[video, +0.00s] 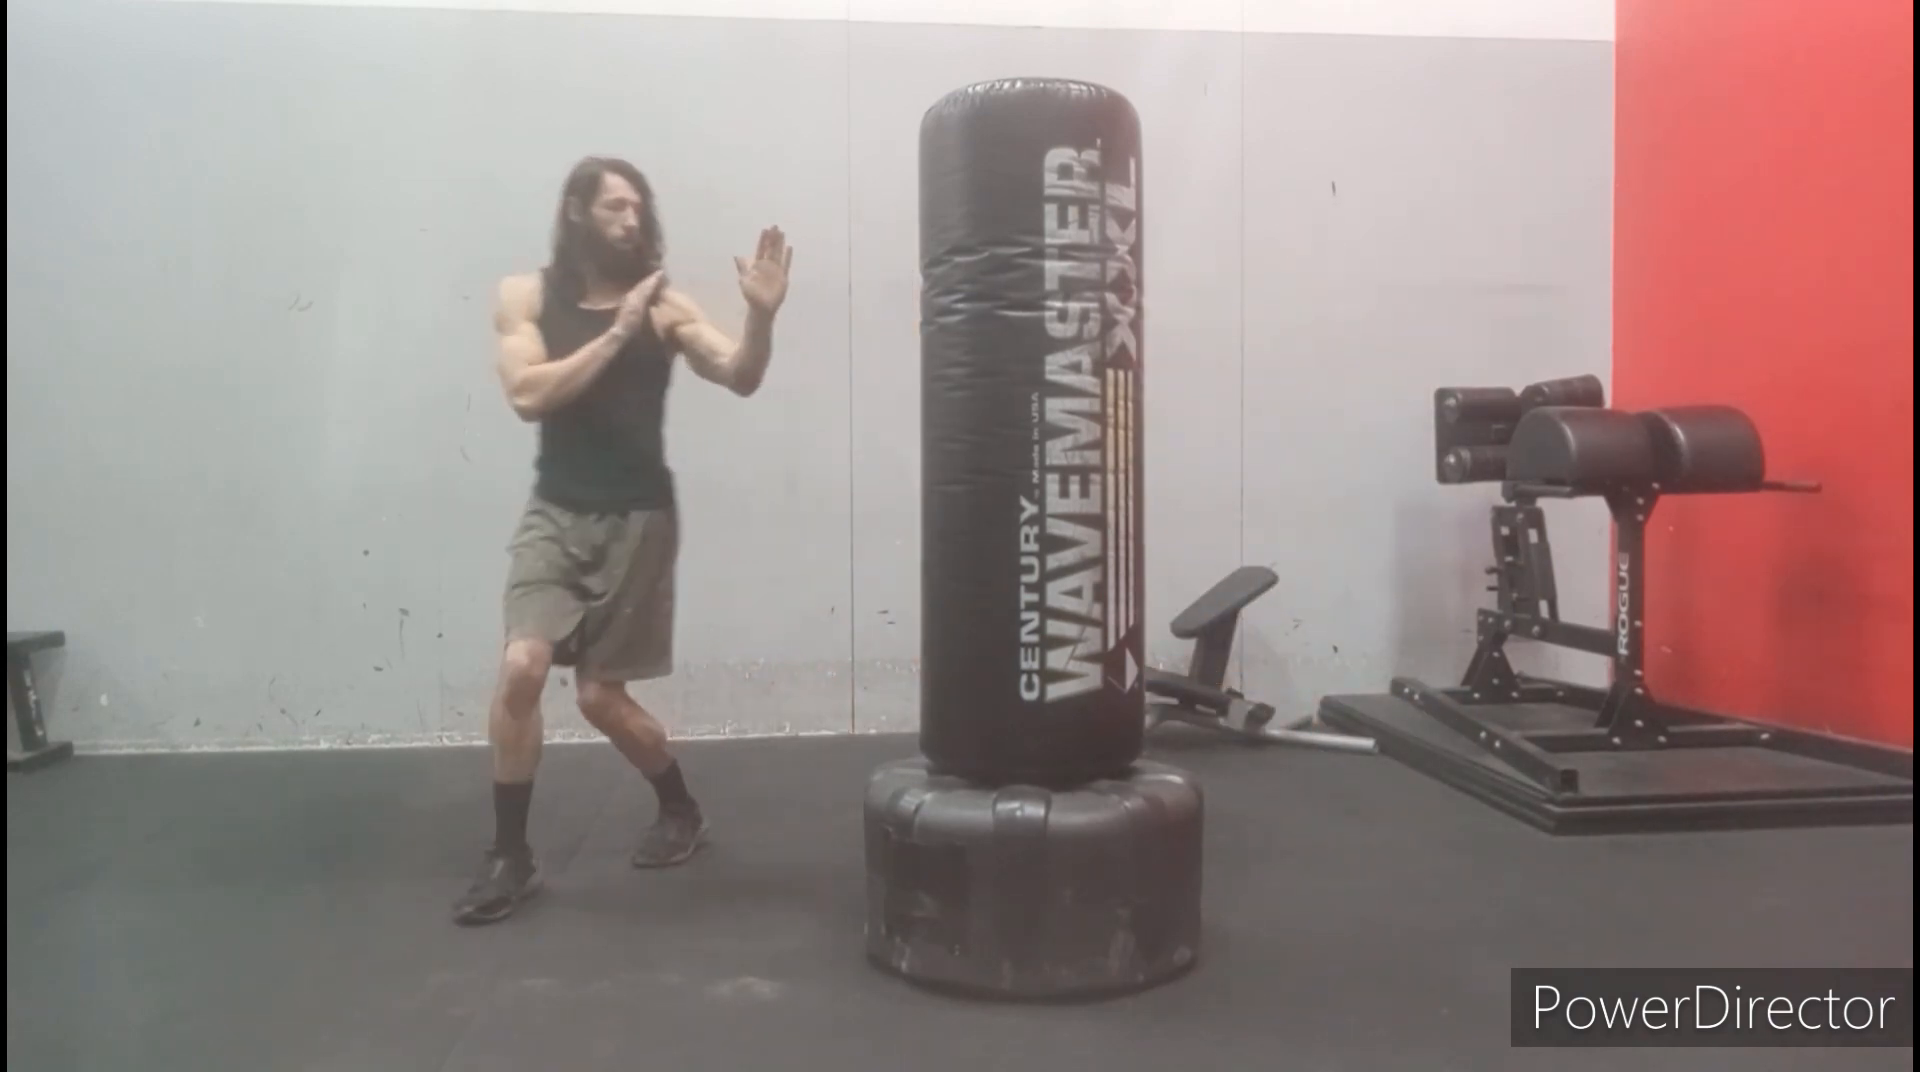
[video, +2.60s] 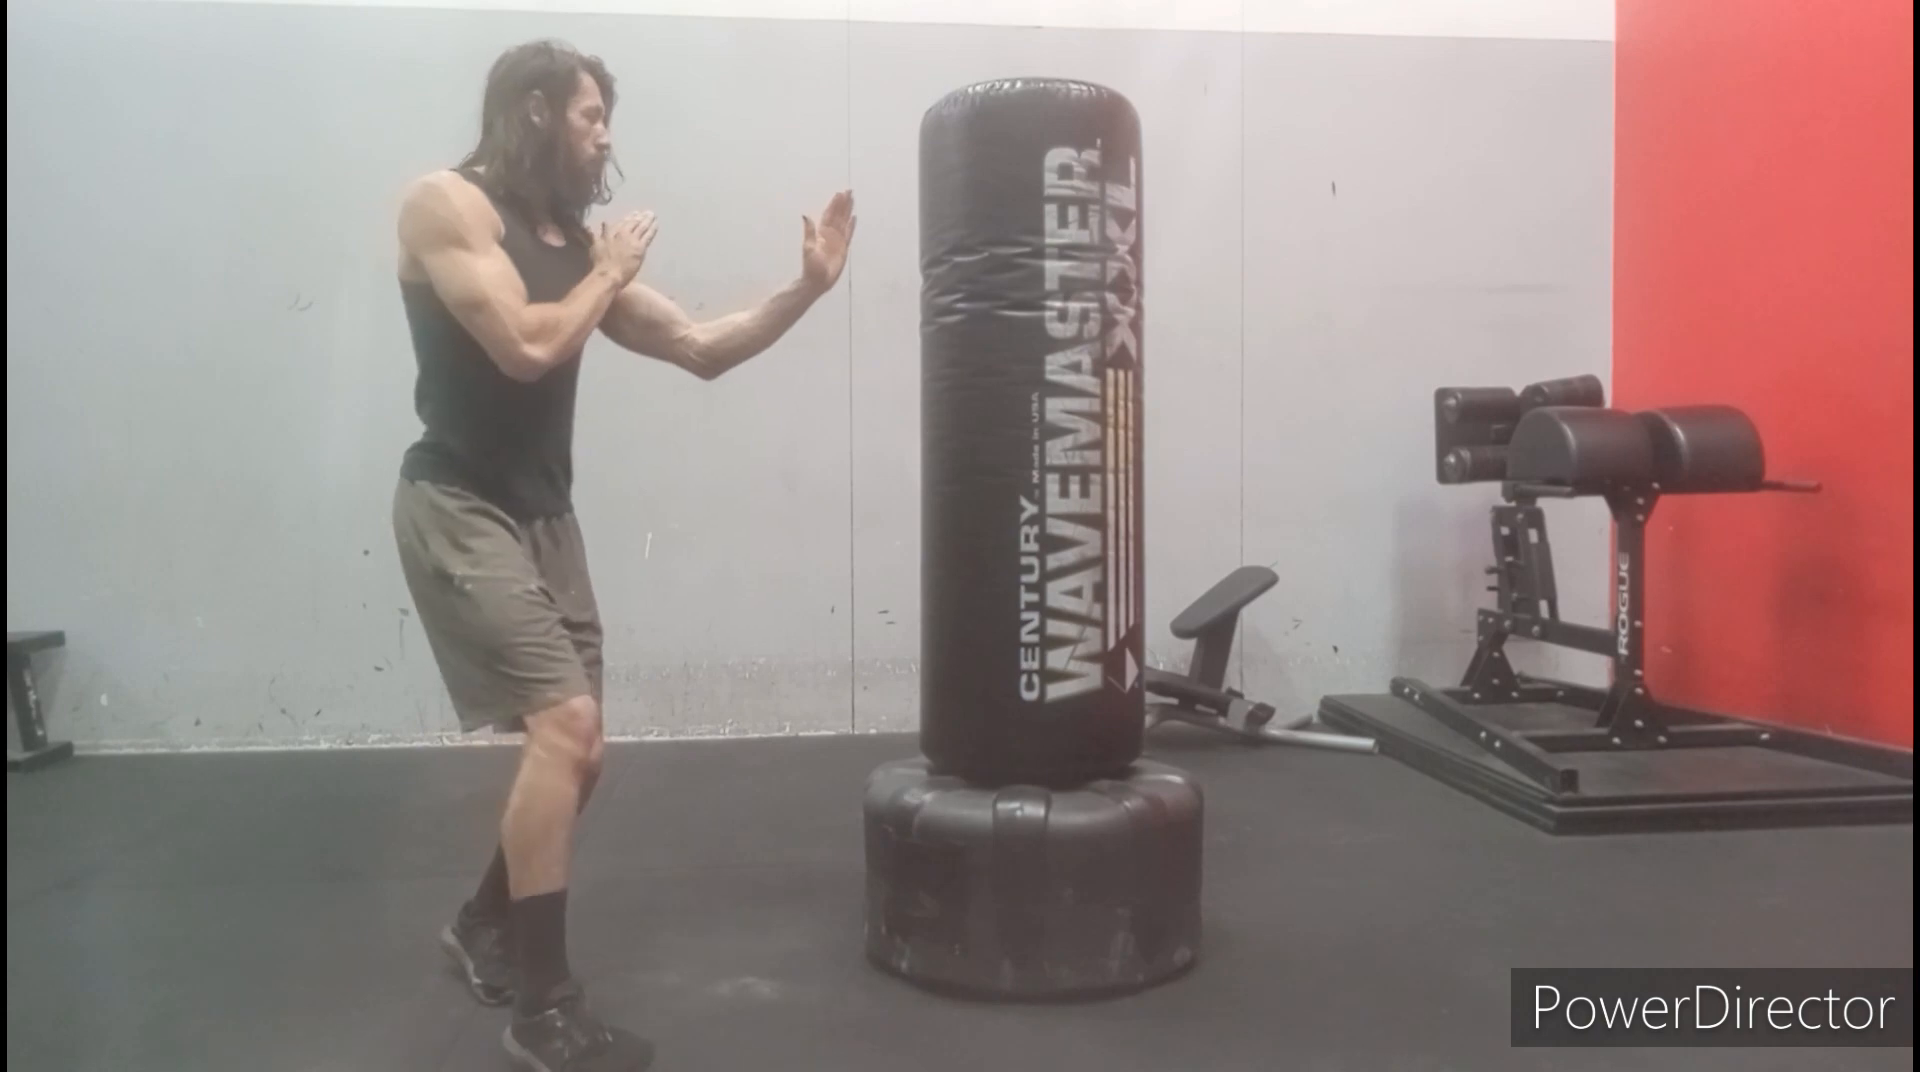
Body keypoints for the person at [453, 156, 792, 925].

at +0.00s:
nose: (631, 219)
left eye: (638, 208)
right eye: (614, 207)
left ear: (647, 220)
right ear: (576, 218)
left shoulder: (662, 306)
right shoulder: (525, 295)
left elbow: (741, 376)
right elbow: (528, 396)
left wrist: (761, 315)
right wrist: (621, 331)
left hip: (637, 516)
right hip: (555, 510)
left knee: (598, 696)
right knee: (521, 668)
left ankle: (680, 810)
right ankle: (509, 855)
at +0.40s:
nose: (568, 204)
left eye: (574, 192)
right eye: (551, 190)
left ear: (580, 203)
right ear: (507, 195)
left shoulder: (588, 295)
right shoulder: (439, 275)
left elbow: (687, 369)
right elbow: (453, 385)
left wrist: (729, 302)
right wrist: (554, 323)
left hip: (563, 510)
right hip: (475, 517)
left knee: (531, 651)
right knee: (488, 708)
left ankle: (566, 809)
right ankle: (513, 863)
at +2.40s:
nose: (596, 146)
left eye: (597, 128)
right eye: (582, 125)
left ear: (548, 135)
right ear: (523, 126)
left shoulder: (565, 253)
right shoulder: (430, 210)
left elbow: (691, 350)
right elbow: (504, 349)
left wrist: (791, 289)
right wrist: (593, 276)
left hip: (538, 513)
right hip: (448, 505)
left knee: (572, 745)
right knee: (526, 716)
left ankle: (486, 924)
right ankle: (537, 984)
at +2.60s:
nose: (606, 139)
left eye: (607, 120)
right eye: (593, 117)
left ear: (551, 125)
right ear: (533, 118)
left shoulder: (573, 242)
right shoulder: (443, 205)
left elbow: (696, 347)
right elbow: (529, 348)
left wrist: (806, 288)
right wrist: (610, 271)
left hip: (544, 513)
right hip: (458, 506)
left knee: (582, 749)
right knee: (564, 730)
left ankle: (481, 929)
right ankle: (543, 998)